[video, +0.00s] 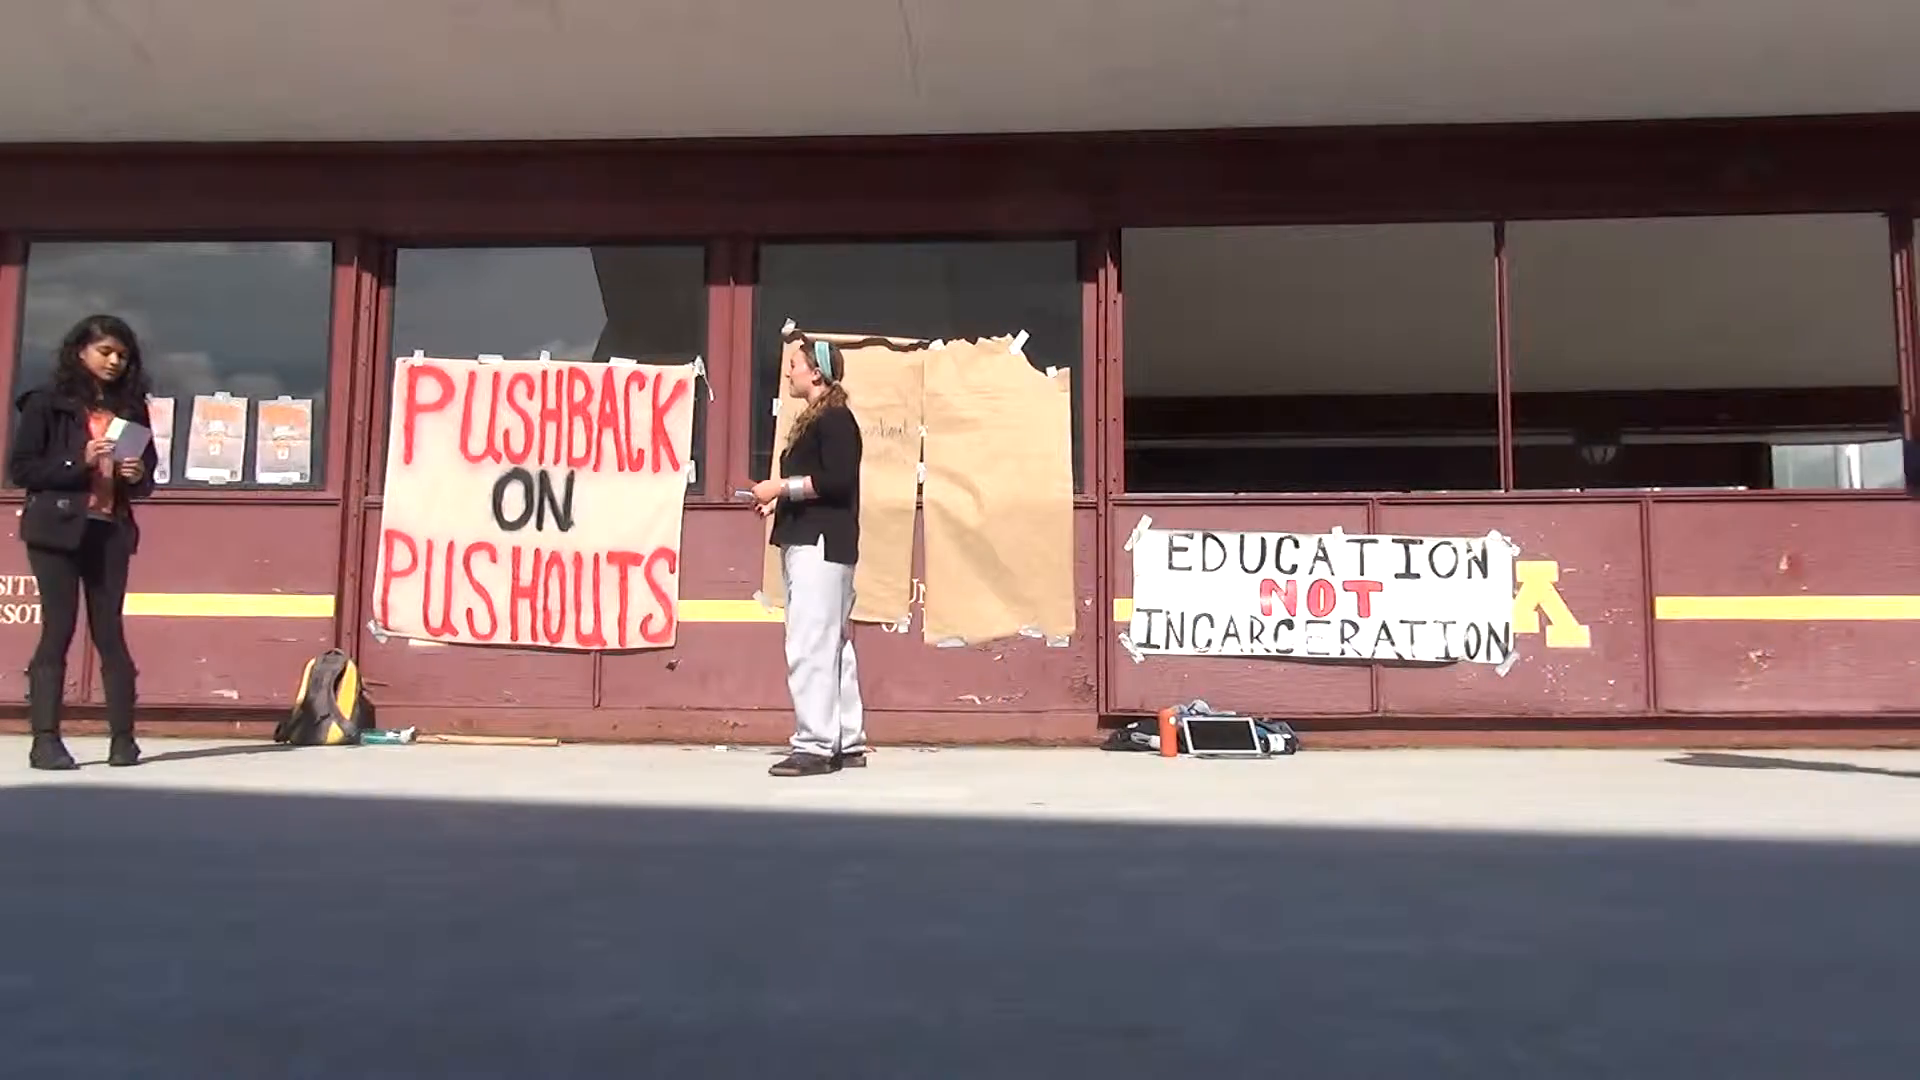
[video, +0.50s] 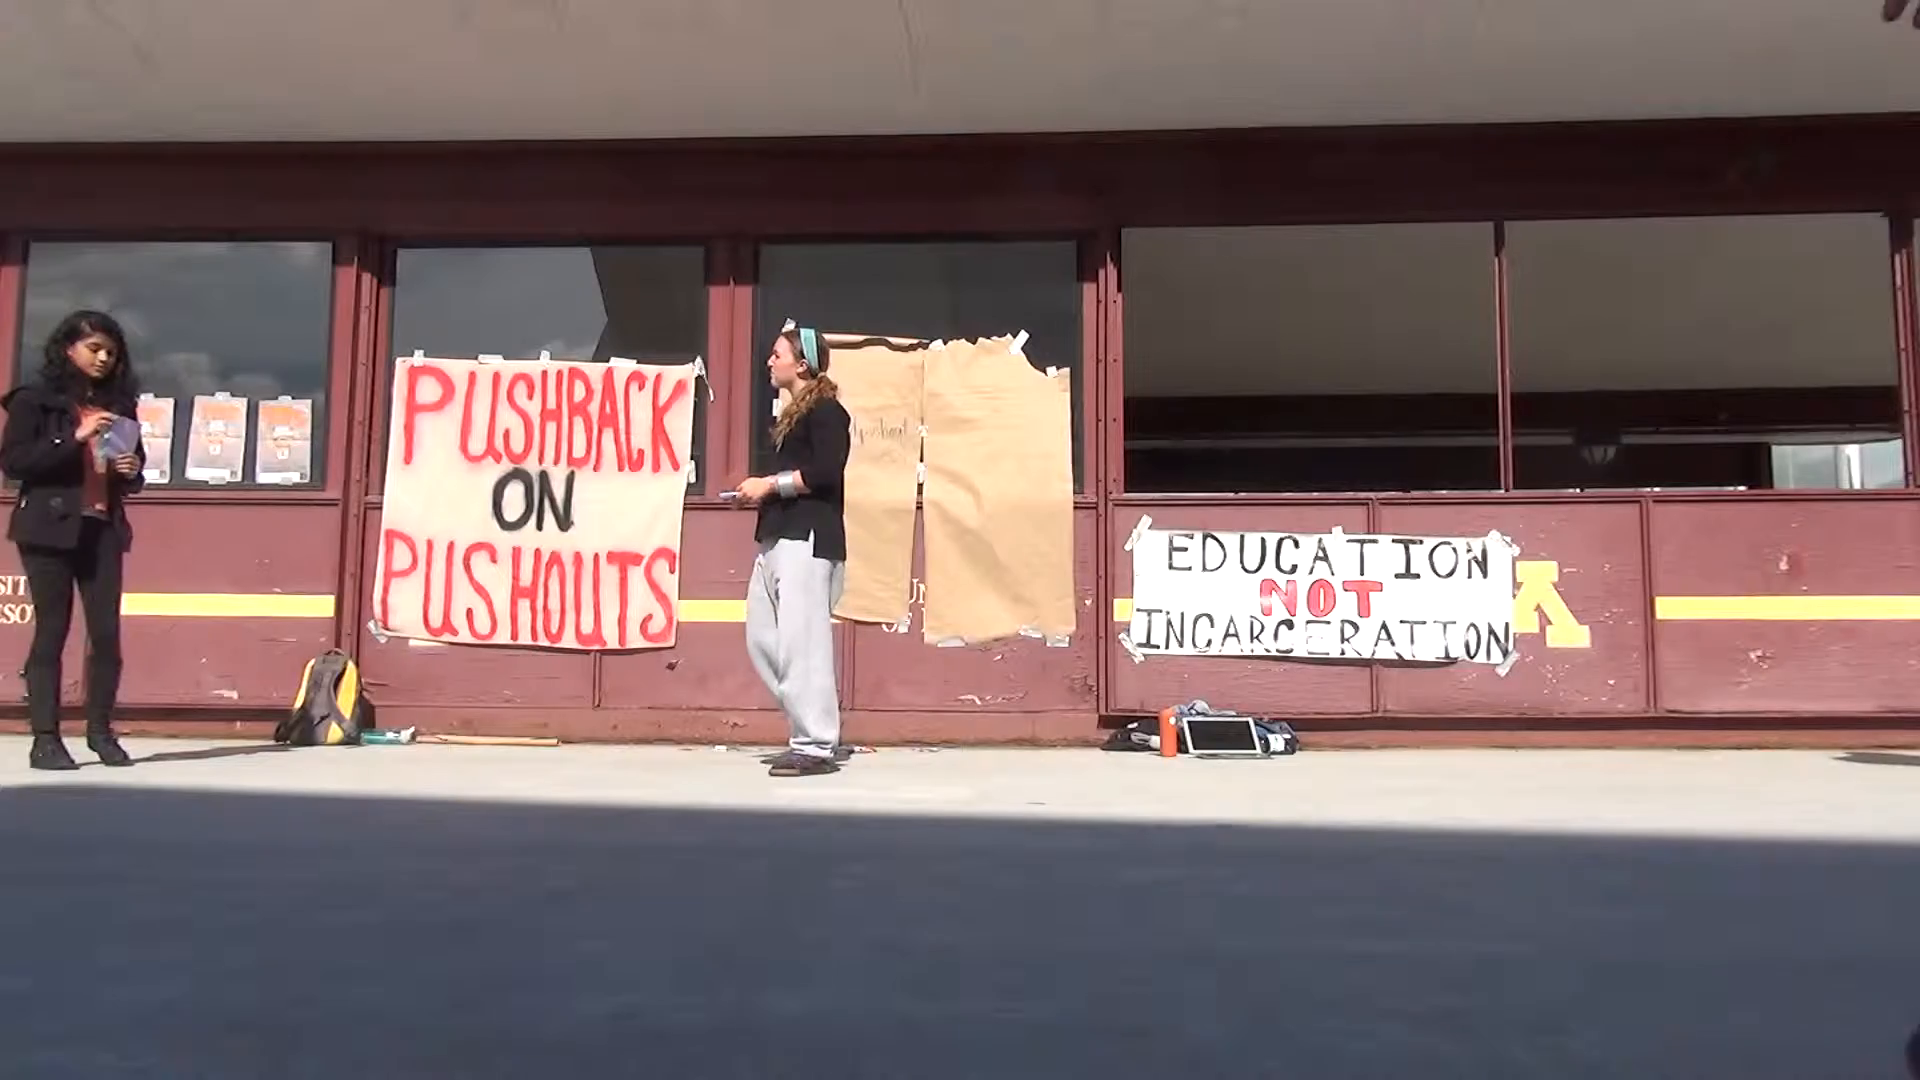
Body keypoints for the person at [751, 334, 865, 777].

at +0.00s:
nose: (787, 372)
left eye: (794, 365)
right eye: (788, 365)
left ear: (816, 372)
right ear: (814, 374)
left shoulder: (833, 419)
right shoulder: (817, 419)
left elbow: (836, 482)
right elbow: (816, 483)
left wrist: (781, 489)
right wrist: (775, 496)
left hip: (820, 547)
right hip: (816, 546)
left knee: (810, 645)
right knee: (829, 643)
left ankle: (814, 744)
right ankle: (847, 740)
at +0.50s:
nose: (770, 362)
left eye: (778, 356)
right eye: (772, 355)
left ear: (802, 364)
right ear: (792, 364)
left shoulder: (825, 409)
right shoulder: (791, 414)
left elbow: (826, 471)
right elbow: (798, 475)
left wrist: (770, 484)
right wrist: (762, 485)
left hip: (806, 542)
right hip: (776, 543)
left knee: (804, 641)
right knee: (763, 639)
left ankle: (815, 746)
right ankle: (815, 734)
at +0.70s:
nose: (759, 359)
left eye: (767, 352)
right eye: (762, 351)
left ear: (792, 362)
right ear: (786, 363)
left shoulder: (823, 411)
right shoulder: (777, 414)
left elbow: (820, 474)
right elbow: (784, 474)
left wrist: (766, 483)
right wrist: (753, 485)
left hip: (798, 541)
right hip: (760, 541)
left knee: (797, 640)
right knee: (743, 638)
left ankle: (813, 745)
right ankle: (753, 739)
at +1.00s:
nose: (733, 369)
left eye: (740, 361)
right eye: (733, 361)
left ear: (767, 367)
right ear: (750, 367)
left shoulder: (802, 416)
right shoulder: (733, 423)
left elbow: (806, 480)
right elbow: (734, 484)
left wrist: (748, 484)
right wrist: (712, 491)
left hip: (775, 544)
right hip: (729, 543)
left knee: (782, 646)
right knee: (714, 645)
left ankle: (809, 746)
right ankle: (699, 746)